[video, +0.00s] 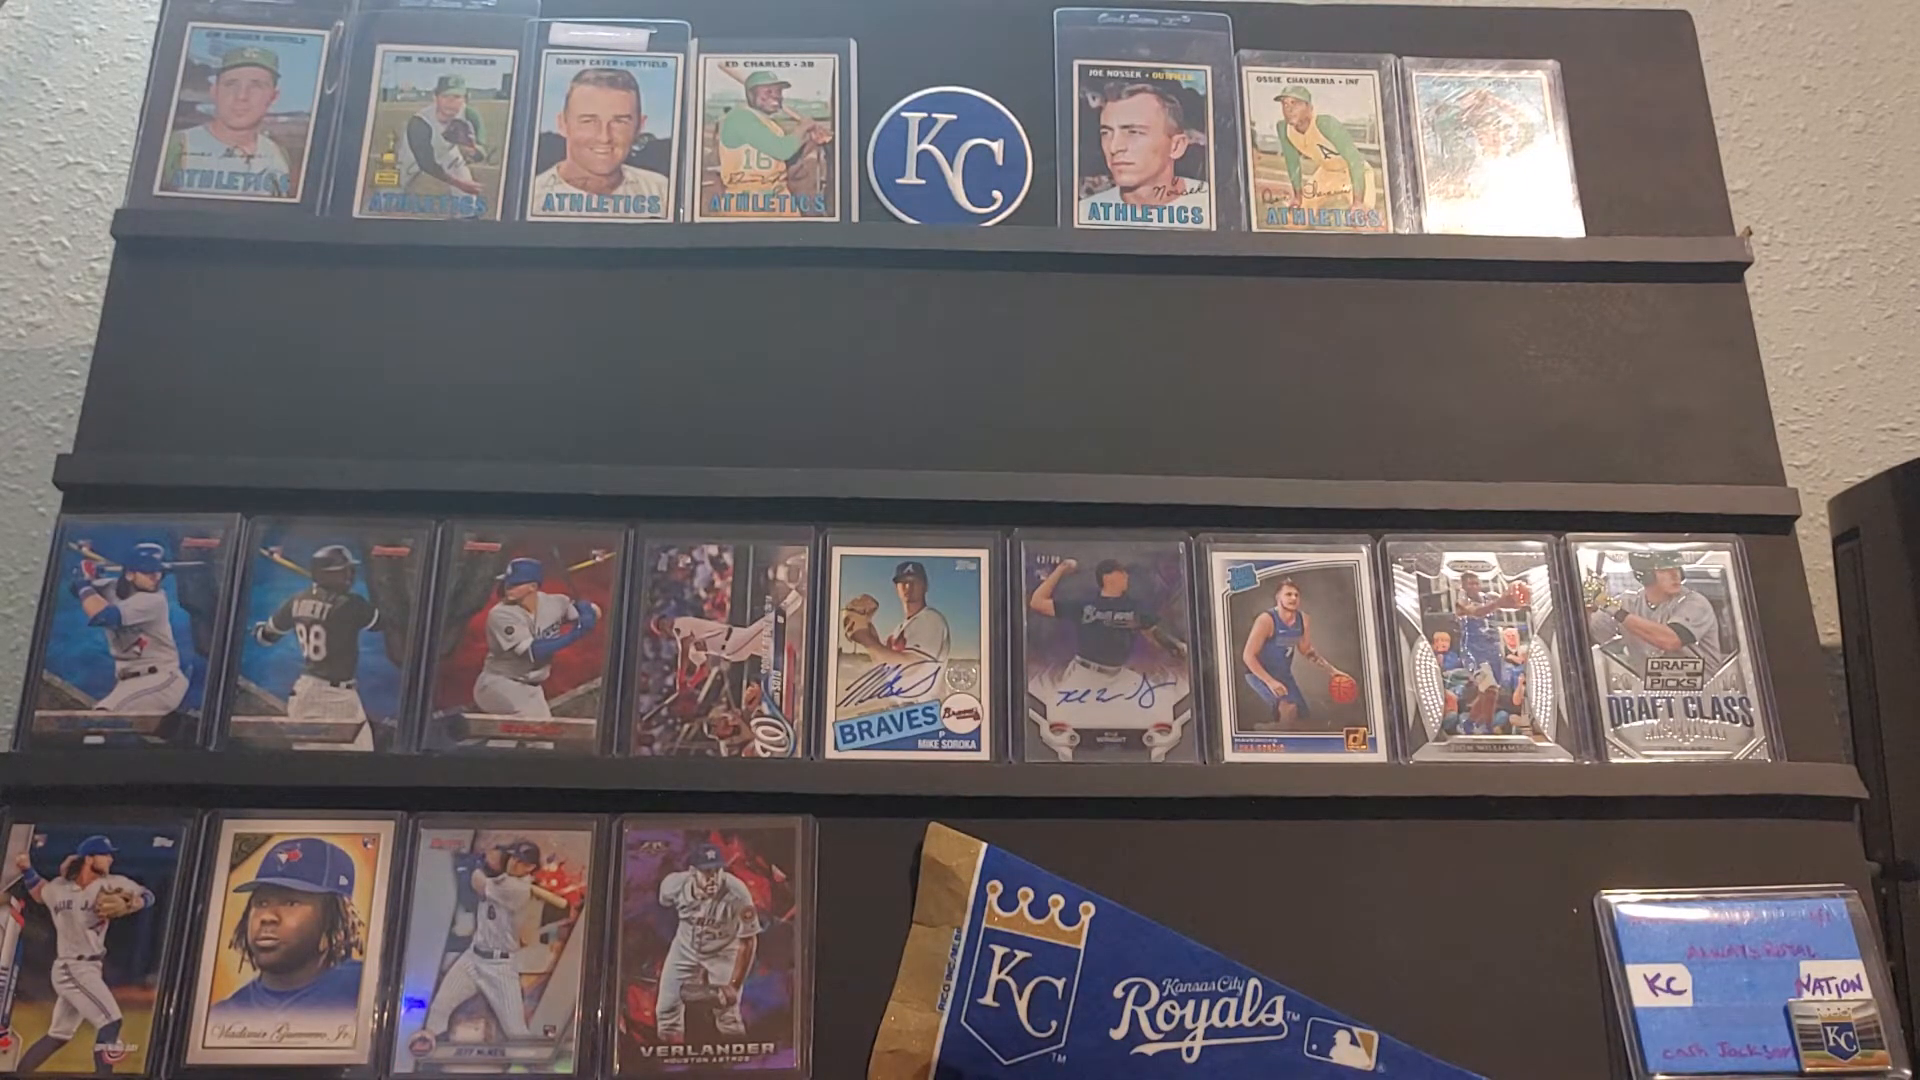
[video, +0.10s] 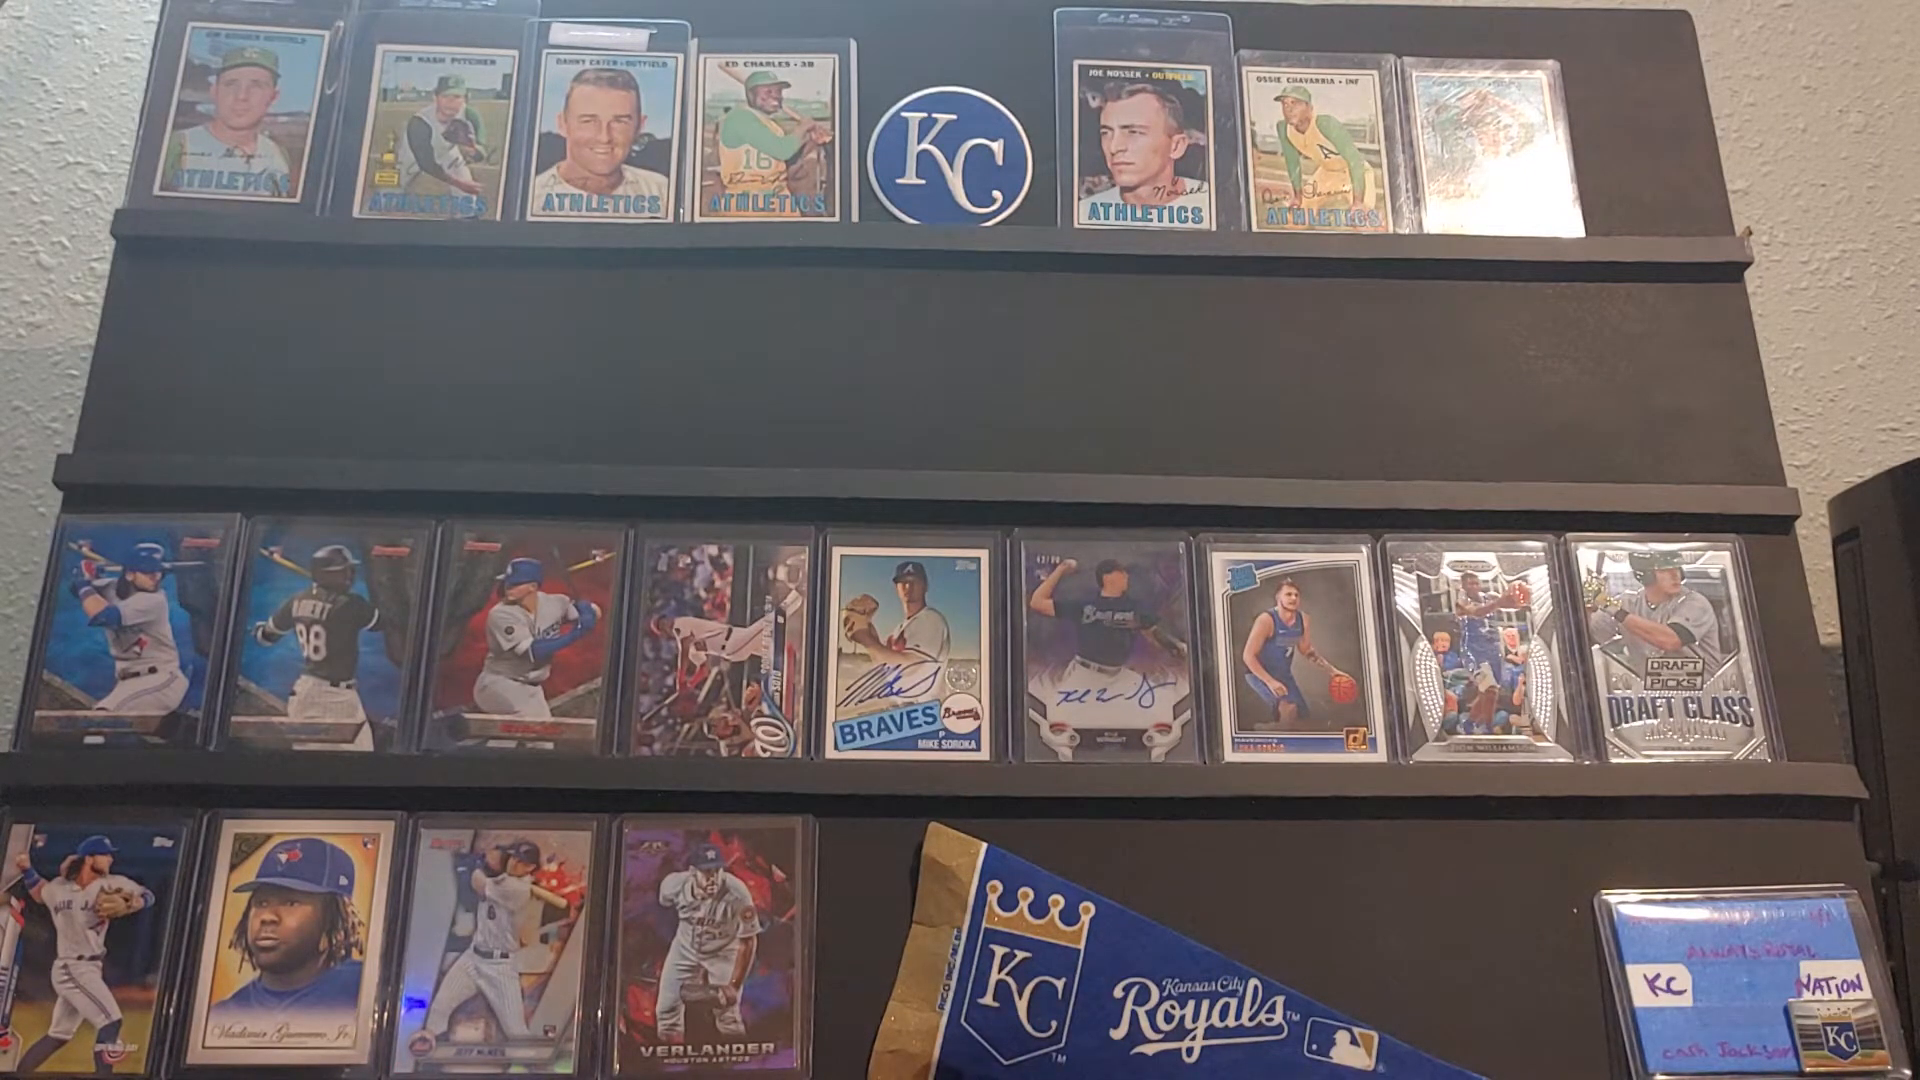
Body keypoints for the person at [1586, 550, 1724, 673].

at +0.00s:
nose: (1676, 575)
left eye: (1677, 568)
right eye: (1666, 569)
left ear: (1682, 571)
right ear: (1644, 574)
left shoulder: (1696, 604)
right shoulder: (1628, 604)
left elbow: (1670, 641)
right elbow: (1586, 636)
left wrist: (1619, 613)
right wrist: (1585, 608)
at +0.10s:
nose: (1676, 575)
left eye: (1677, 568)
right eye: (1666, 569)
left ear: (1682, 571)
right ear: (1644, 574)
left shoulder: (1696, 604)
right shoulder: (1628, 604)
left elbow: (1670, 641)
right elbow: (1586, 636)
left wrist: (1619, 613)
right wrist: (1584, 608)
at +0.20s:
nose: (1676, 575)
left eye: (1677, 568)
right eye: (1666, 569)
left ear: (1682, 571)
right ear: (1644, 574)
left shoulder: (1696, 604)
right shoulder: (1629, 604)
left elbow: (1671, 641)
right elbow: (1587, 637)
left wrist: (1619, 613)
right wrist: (1585, 609)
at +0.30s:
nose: (1676, 575)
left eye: (1677, 568)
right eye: (1666, 569)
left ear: (1682, 571)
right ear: (1644, 574)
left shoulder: (1696, 604)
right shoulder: (1629, 604)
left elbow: (1671, 641)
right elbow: (1587, 637)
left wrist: (1619, 613)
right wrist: (1585, 609)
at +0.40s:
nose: (1676, 575)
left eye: (1677, 568)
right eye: (1666, 569)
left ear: (1682, 570)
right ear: (1644, 574)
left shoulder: (1696, 604)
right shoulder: (1628, 604)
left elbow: (1671, 641)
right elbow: (1586, 637)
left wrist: (1619, 613)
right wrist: (1585, 609)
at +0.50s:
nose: (1676, 575)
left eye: (1677, 568)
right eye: (1666, 569)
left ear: (1682, 571)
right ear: (1644, 574)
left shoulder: (1696, 604)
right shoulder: (1629, 604)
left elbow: (1671, 641)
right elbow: (1586, 637)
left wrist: (1619, 613)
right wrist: (1585, 609)